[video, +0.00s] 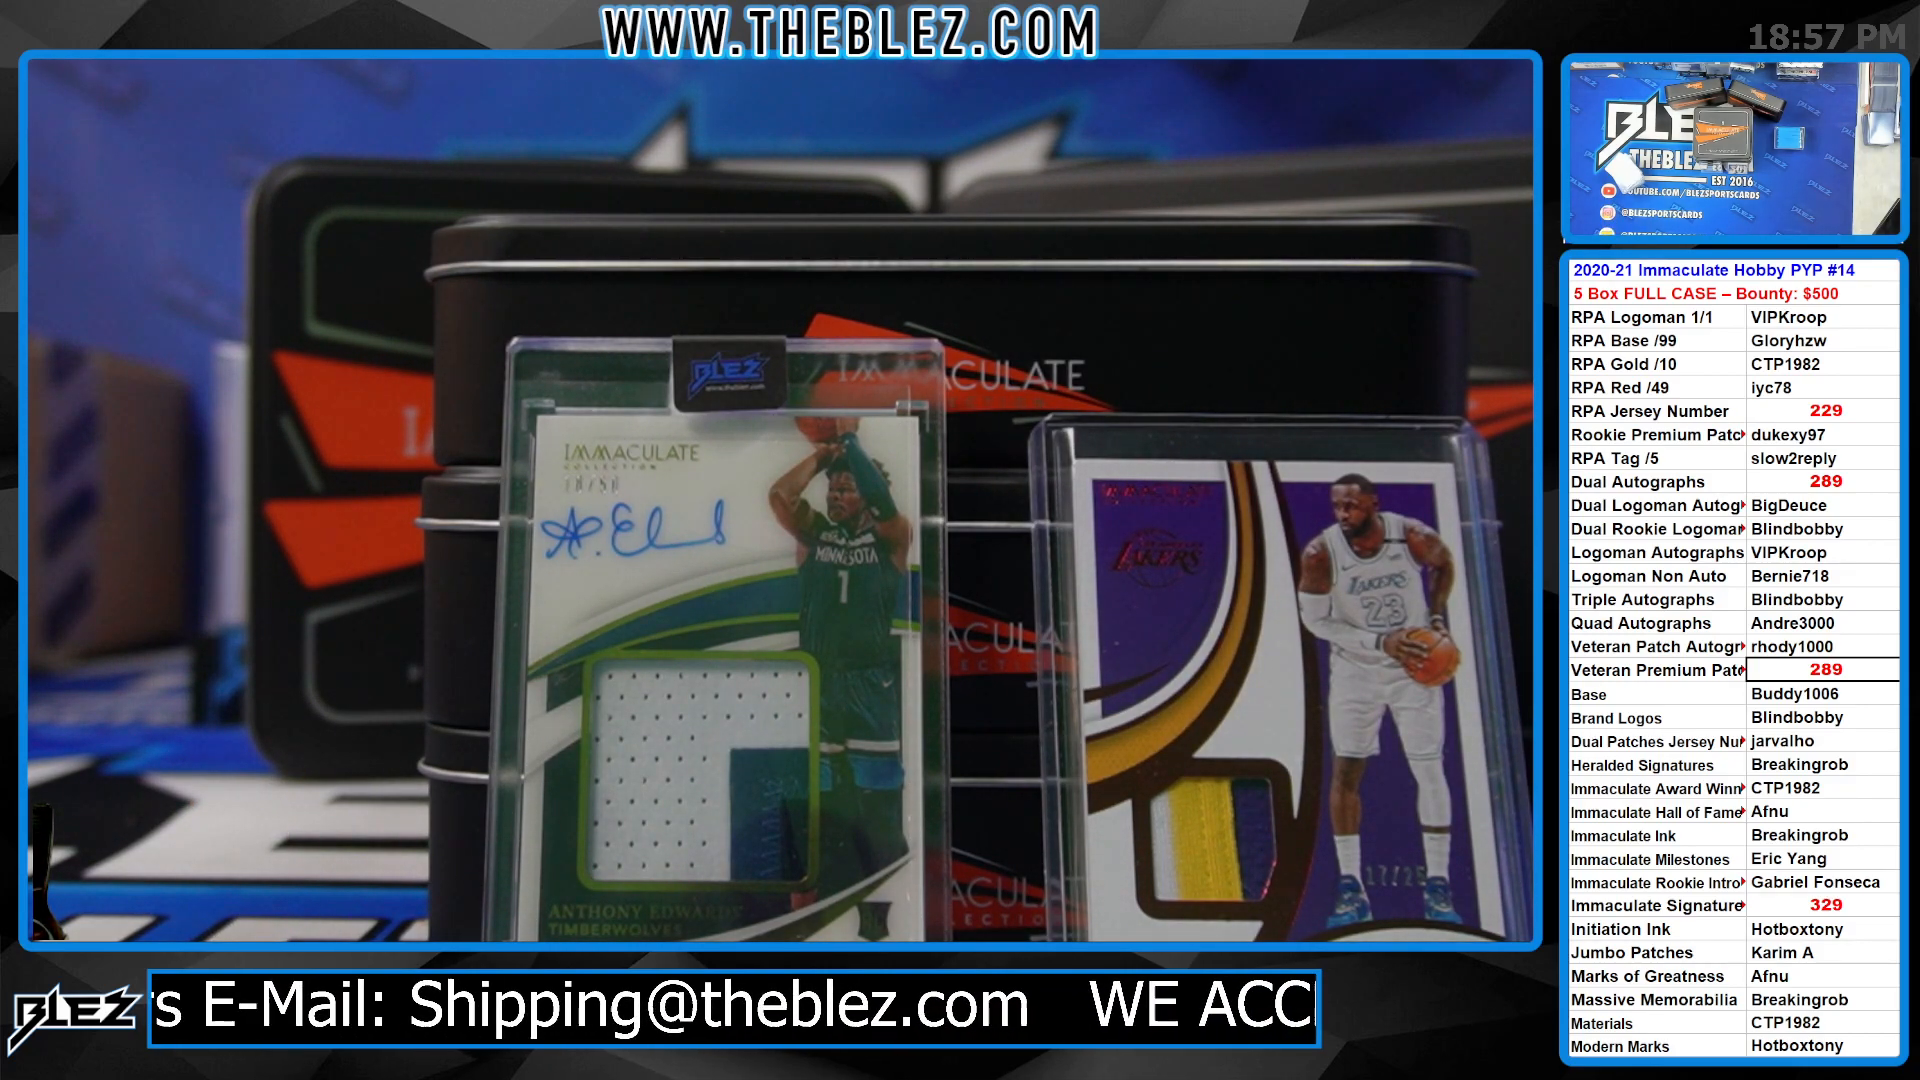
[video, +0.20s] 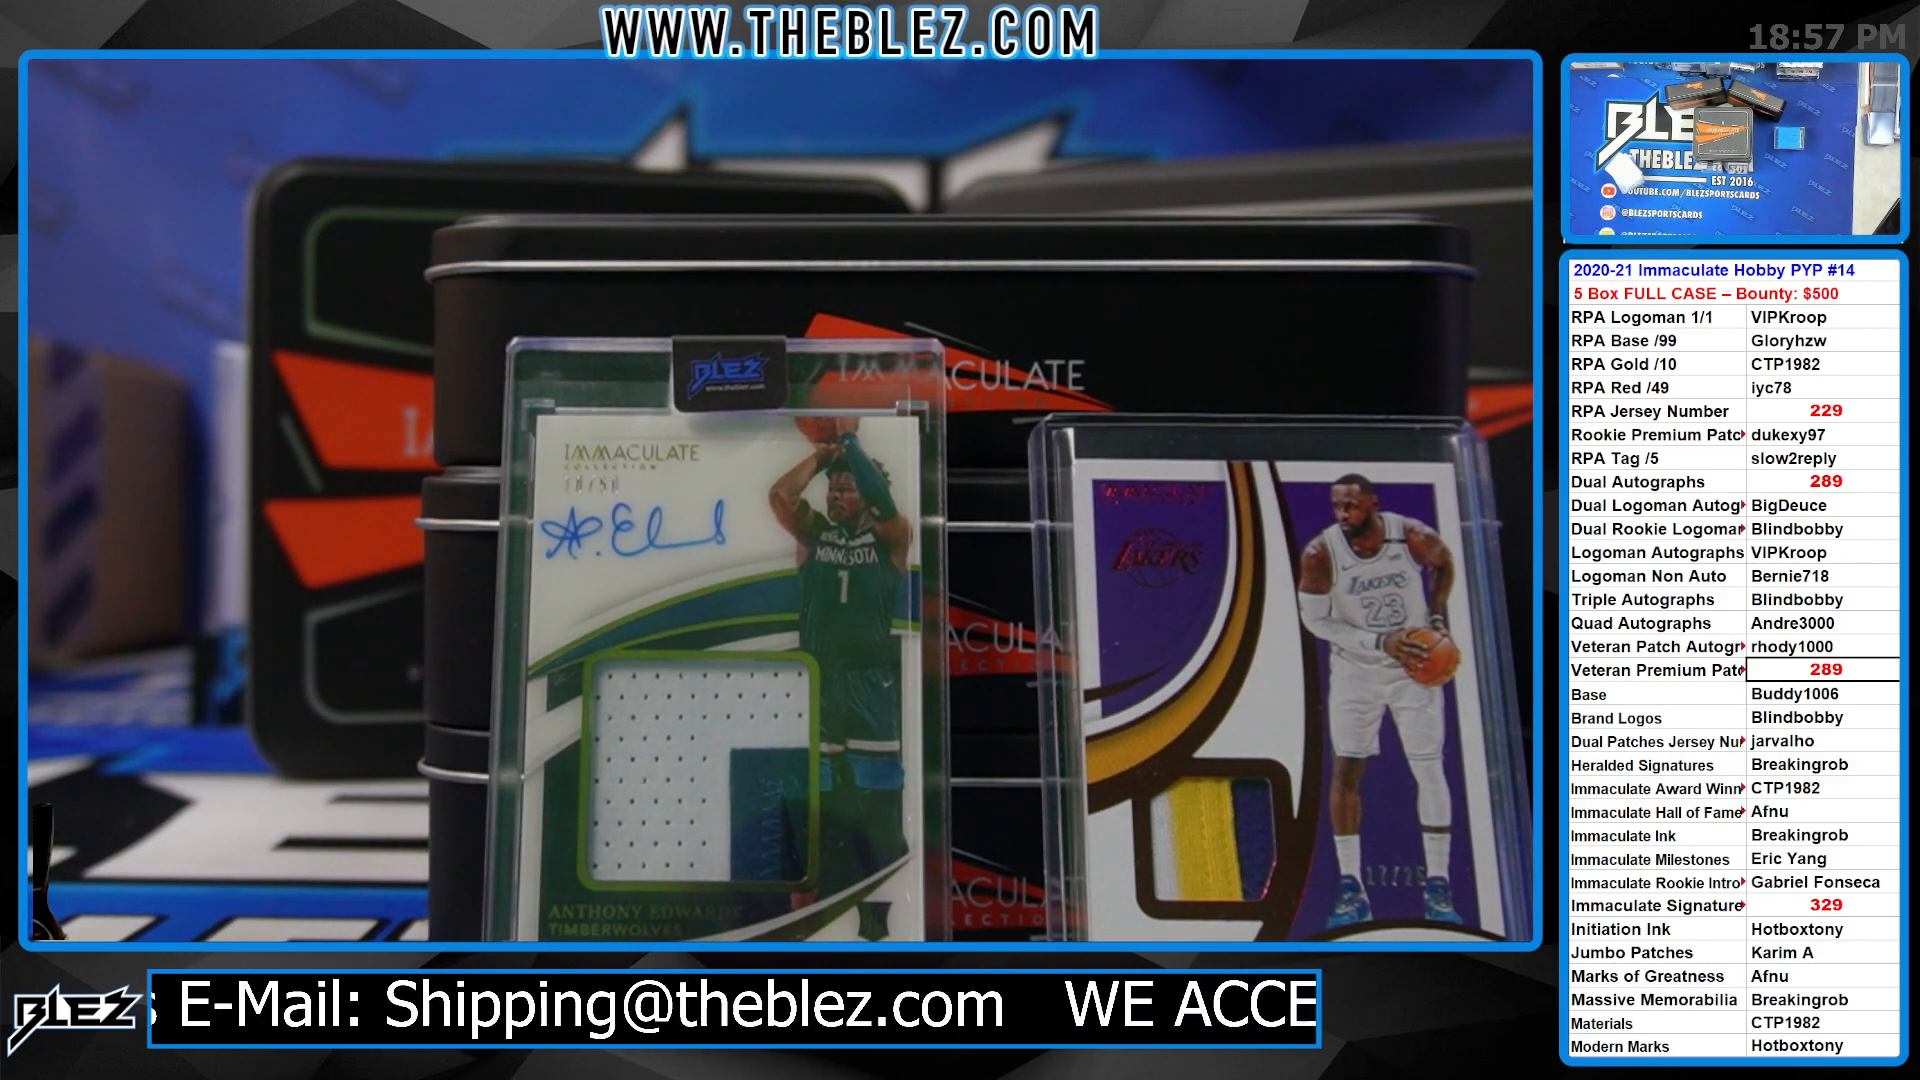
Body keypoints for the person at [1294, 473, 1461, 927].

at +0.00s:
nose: (1343, 514)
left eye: (1351, 505)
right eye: (1337, 506)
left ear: (1373, 504)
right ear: (1332, 509)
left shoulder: (1413, 536)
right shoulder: (1319, 554)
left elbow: (1444, 565)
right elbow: (1315, 621)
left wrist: (1436, 617)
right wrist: (1379, 642)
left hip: (1414, 673)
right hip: (1354, 674)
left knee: (1430, 771)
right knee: (1348, 773)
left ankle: (1438, 884)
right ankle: (1350, 888)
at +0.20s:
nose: (1342, 514)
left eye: (1351, 505)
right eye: (1337, 506)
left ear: (1373, 504)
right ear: (1332, 509)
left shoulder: (1414, 536)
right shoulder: (1319, 555)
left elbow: (1444, 565)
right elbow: (1315, 621)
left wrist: (1436, 617)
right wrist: (1379, 642)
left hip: (1414, 673)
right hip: (1354, 674)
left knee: (1430, 771)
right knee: (1348, 773)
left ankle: (1438, 885)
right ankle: (1350, 888)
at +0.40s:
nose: (1343, 514)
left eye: (1351, 505)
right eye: (1337, 506)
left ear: (1373, 505)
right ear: (1332, 509)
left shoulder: (1413, 536)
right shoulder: (1319, 555)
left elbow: (1444, 565)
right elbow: (1315, 621)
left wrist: (1436, 618)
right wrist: (1379, 642)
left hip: (1414, 673)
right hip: (1354, 675)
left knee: (1429, 771)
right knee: (1348, 773)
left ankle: (1438, 884)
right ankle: (1350, 888)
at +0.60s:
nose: (1342, 514)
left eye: (1350, 505)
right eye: (1337, 506)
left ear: (1373, 505)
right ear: (1332, 509)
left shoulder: (1413, 536)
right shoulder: (1319, 555)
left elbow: (1444, 565)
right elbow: (1315, 621)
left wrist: (1436, 617)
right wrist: (1379, 641)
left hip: (1414, 673)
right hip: (1354, 675)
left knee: (1430, 772)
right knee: (1348, 773)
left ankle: (1438, 885)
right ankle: (1350, 888)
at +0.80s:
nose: (1342, 514)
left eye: (1351, 505)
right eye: (1337, 506)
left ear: (1373, 505)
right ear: (1332, 509)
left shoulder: (1413, 536)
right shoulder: (1319, 555)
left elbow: (1444, 565)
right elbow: (1315, 621)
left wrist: (1436, 617)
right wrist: (1379, 642)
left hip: (1414, 673)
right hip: (1354, 674)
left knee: (1430, 771)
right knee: (1348, 772)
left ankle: (1438, 885)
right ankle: (1350, 888)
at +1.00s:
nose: (1345, 514)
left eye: (1353, 505)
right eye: (1338, 507)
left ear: (1373, 503)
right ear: (1331, 510)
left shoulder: (1407, 532)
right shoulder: (1322, 551)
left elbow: (1443, 563)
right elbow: (1314, 622)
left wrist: (1434, 620)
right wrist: (1364, 646)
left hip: (1415, 674)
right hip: (1353, 677)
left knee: (1429, 772)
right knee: (1348, 772)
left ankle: (1437, 884)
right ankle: (1350, 887)